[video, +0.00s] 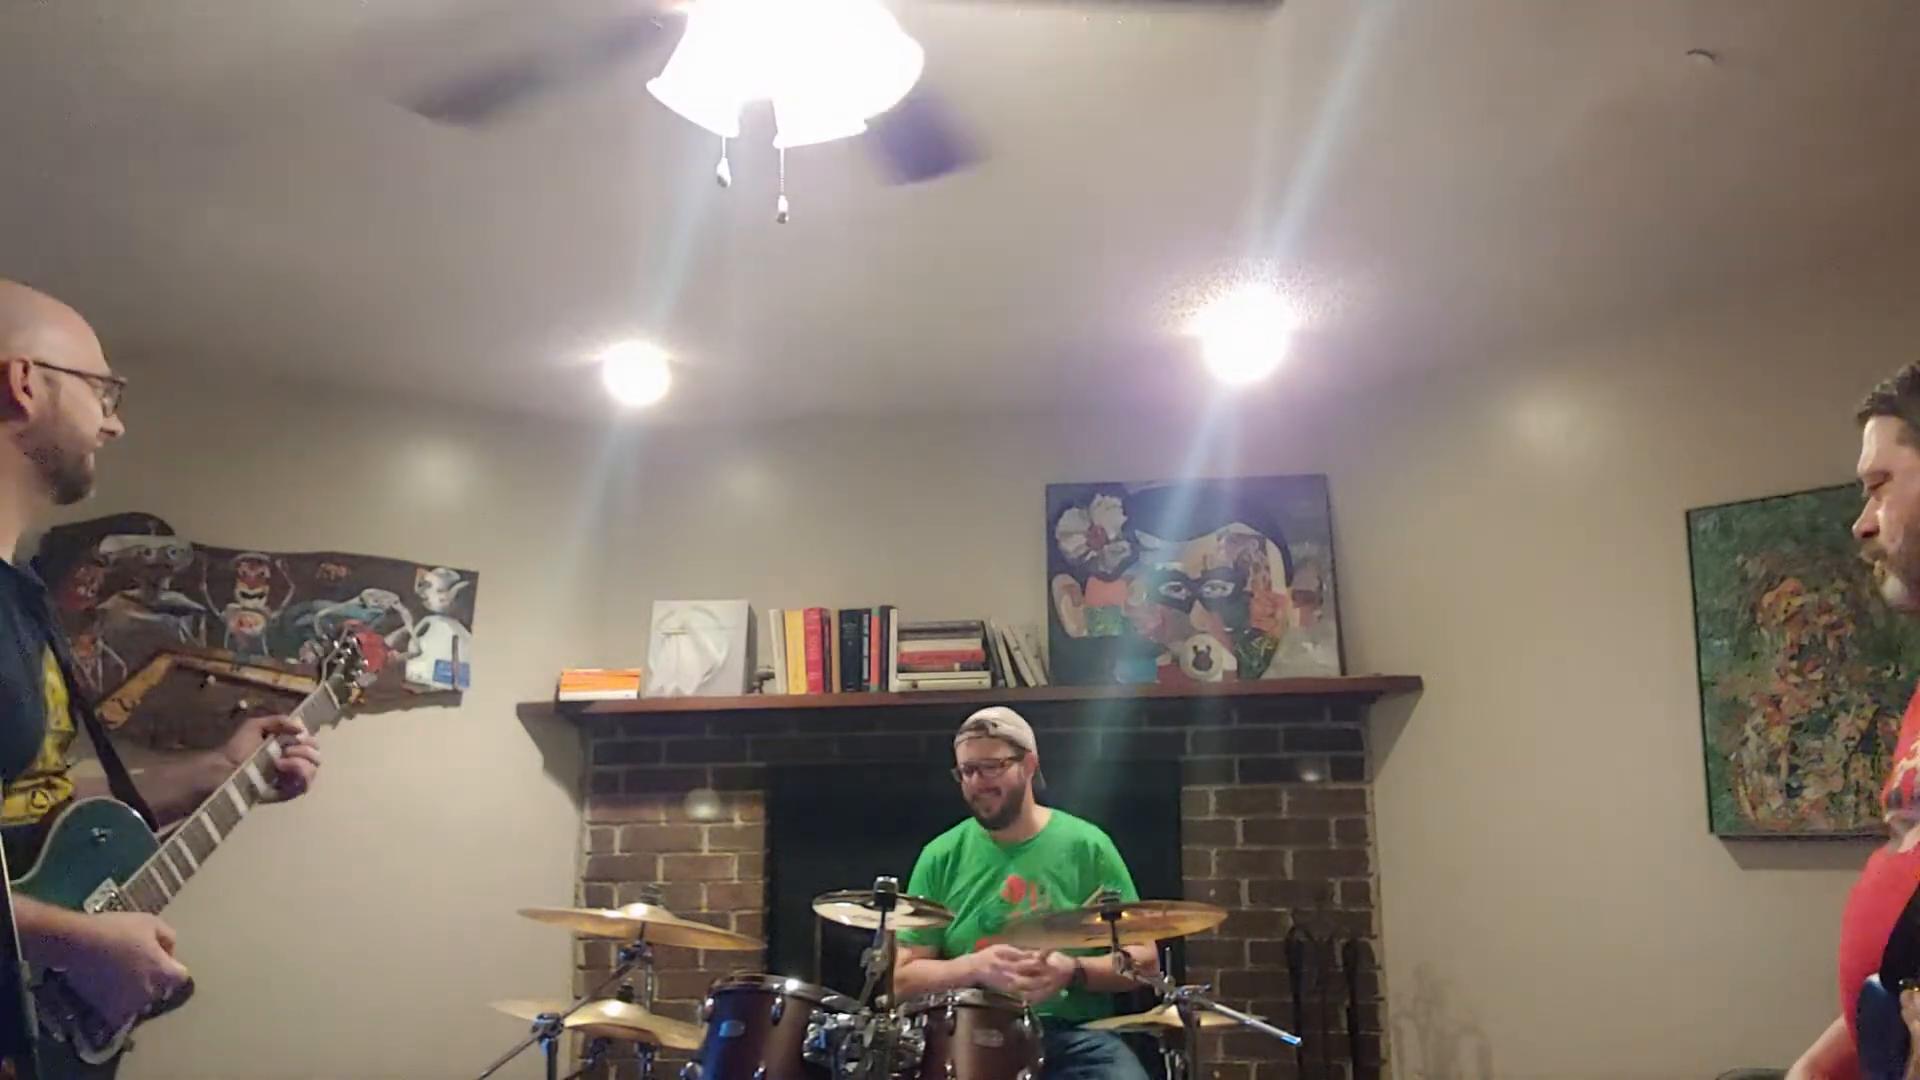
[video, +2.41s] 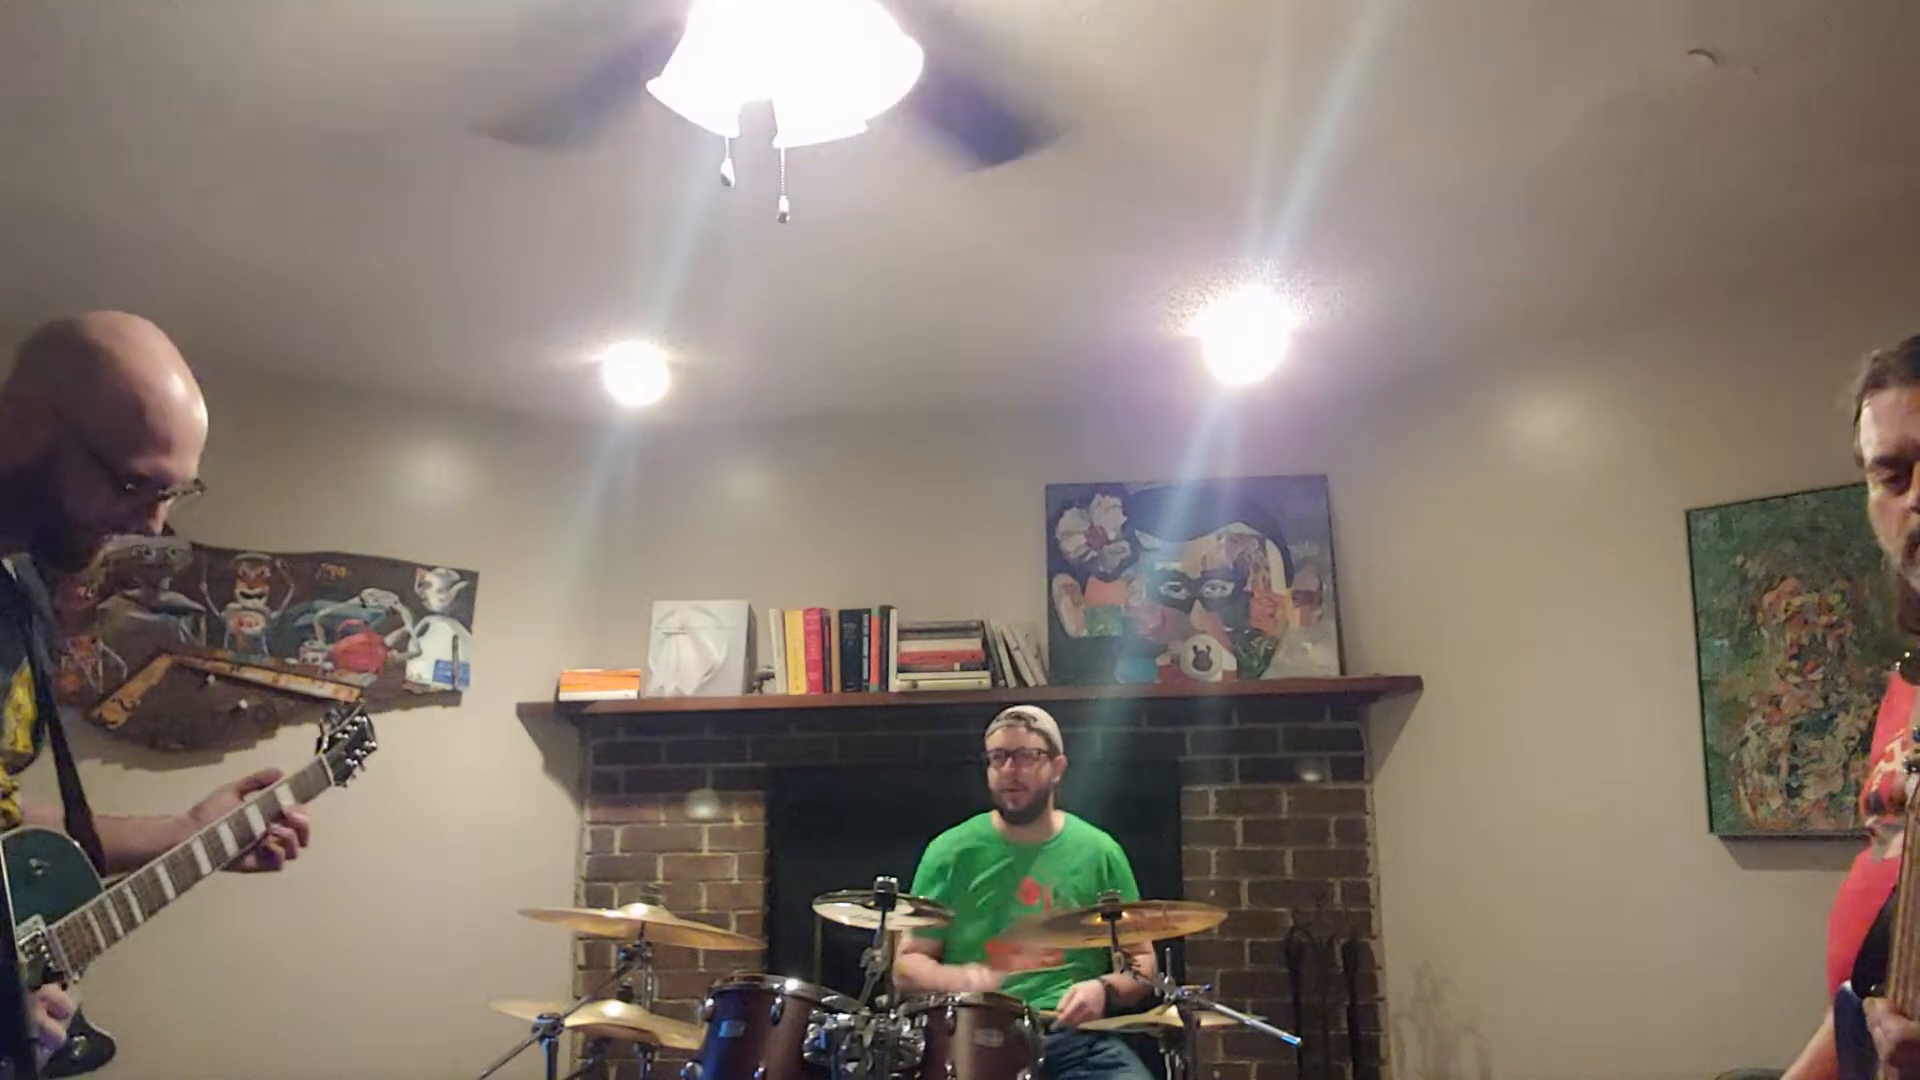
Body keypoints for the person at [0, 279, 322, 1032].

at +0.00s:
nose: (114, 425)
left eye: (112, 397)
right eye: (102, 391)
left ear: (27, 386)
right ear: (24, 384)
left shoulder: (23, 597)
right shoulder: (8, 599)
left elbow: (37, 814)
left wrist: (219, 770)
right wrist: (67, 941)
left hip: (52, 1040)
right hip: (16, 1046)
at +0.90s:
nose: (142, 483)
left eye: (144, 454)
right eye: (117, 458)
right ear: (14, 450)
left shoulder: (49, 616)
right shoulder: (17, 621)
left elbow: (77, 826)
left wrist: (252, 780)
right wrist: (78, 909)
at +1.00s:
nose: (136, 496)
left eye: (143, 467)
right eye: (108, 466)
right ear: (11, 446)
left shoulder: (47, 622)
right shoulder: (17, 623)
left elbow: (70, 830)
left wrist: (252, 777)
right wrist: (73, 914)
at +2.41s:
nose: (153, 524)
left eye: (172, 495)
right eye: (132, 487)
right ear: (33, 434)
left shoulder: (20, 595)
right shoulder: (12, 600)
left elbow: (14, 818)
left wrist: (185, 834)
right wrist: (9, 999)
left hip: (30, 1038)